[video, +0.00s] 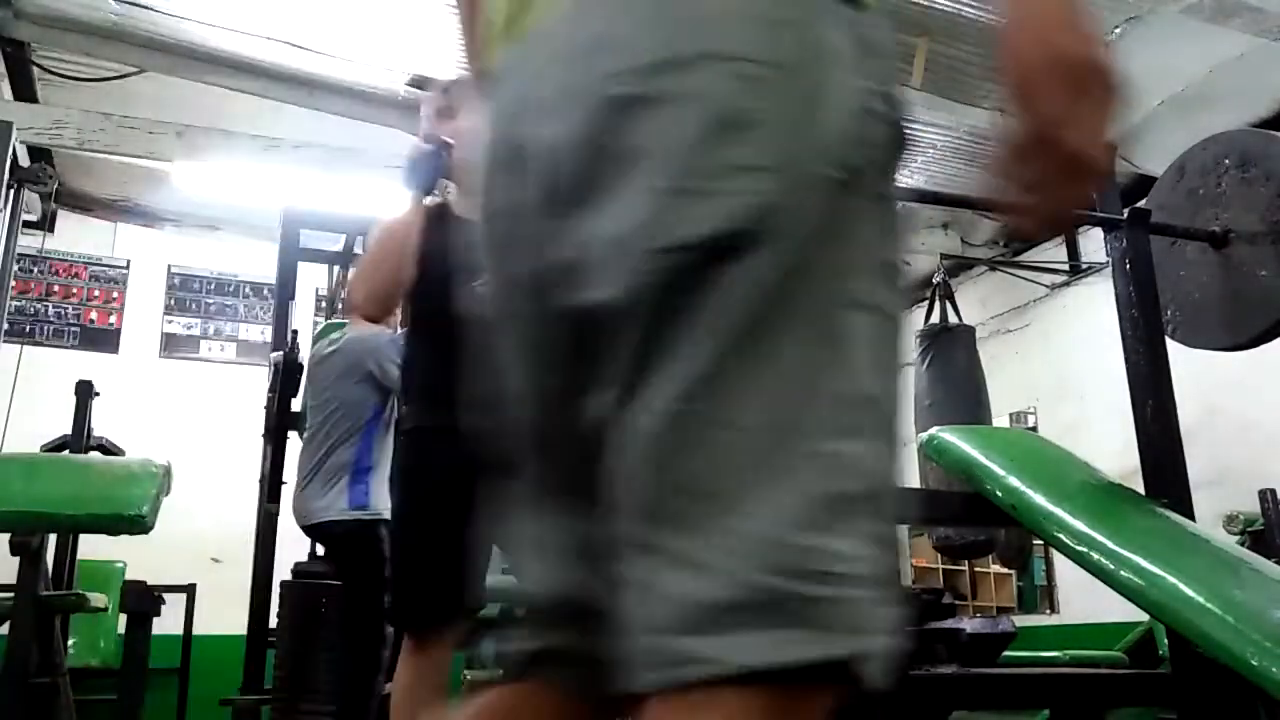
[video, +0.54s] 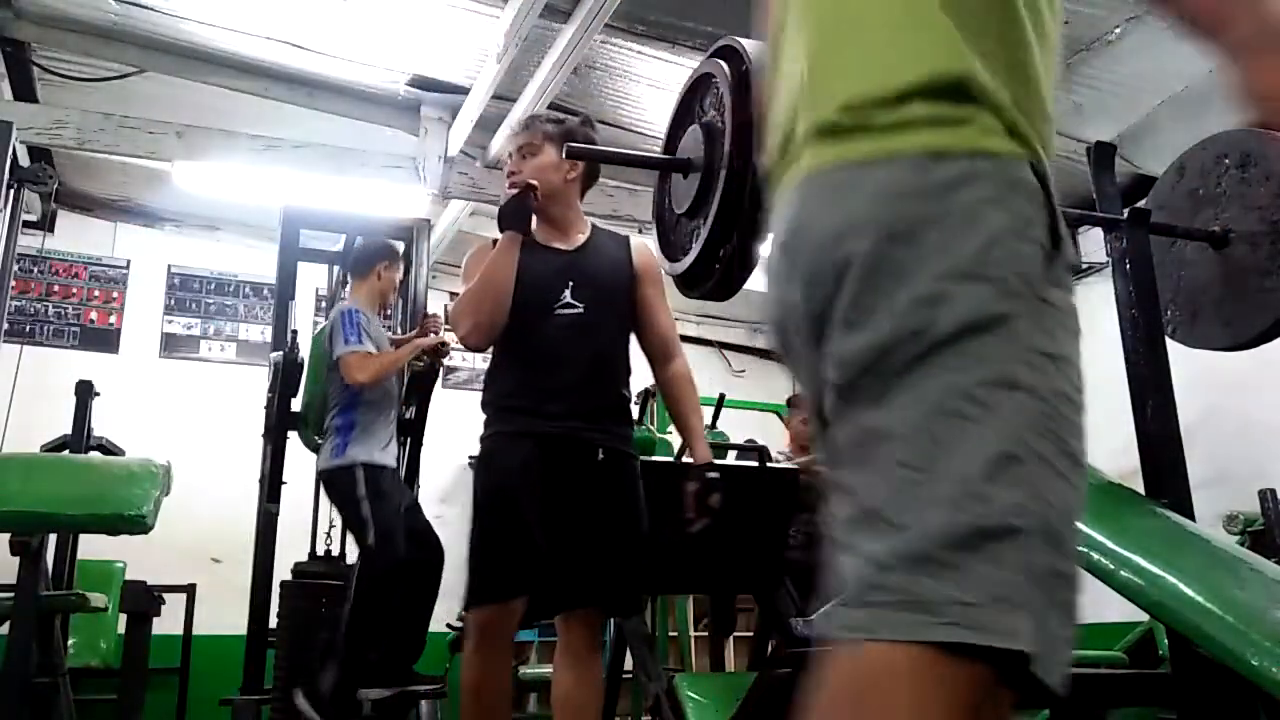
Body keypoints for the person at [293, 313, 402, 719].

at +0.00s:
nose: (400, 303)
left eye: (399, 294)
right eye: (399, 295)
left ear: (352, 297)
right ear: (393, 300)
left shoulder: (326, 343)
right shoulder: (376, 344)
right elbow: (428, 383)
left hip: (318, 506)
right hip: (355, 509)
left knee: (354, 619)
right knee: (370, 624)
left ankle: (347, 704)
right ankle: (359, 710)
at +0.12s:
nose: (392, 328)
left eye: (392, 322)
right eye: (392, 320)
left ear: (344, 317)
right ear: (382, 319)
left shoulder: (331, 361)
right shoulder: (362, 360)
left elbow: (386, 355)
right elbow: (428, 392)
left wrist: (418, 332)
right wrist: (436, 341)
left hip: (327, 519)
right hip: (344, 523)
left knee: (358, 620)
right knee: (366, 622)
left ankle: (341, 708)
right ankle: (342, 713)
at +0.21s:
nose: (389, 325)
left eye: (389, 319)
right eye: (388, 317)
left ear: (345, 318)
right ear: (378, 318)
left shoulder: (332, 361)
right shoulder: (353, 363)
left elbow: (379, 356)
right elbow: (426, 399)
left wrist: (417, 336)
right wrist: (428, 350)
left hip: (335, 520)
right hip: (347, 523)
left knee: (357, 626)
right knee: (365, 629)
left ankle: (340, 712)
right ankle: (347, 716)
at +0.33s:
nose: (393, 306)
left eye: (393, 299)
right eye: (392, 297)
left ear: (349, 295)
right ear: (379, 295)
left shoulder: (353, 339)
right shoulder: (346, 340)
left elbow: (382, 349)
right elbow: (398, 394)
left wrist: (414, 336)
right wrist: (422, 354)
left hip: (372, 498)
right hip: (347, 500)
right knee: (363, 605)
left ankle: (395, 672)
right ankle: (343, 709)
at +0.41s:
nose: (396, 296)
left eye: (396, 288)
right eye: (394, 287)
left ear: (362, 285)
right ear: (380, 285)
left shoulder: (363, 332)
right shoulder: (348, 329)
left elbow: (383, 359)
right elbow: (373, 382)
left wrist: (414, 340)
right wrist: (416, 355)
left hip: (375, 484)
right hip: (348, 485)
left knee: (434, 559)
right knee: (372, 590)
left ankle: (396, 672)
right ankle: (361, 696)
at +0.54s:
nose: (398, 286)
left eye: (399, 277)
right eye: (397, 276)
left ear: (369, 271)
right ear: (381, 270)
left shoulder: (369, 322)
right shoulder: (350, 315)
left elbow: (377, 364)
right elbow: (357, 371)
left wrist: (414, 340)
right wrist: (411, 349)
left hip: (381, 465)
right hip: (353, 465)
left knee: (427, 553)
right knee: (389, 557)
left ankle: (392, 673)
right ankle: (337, 684)